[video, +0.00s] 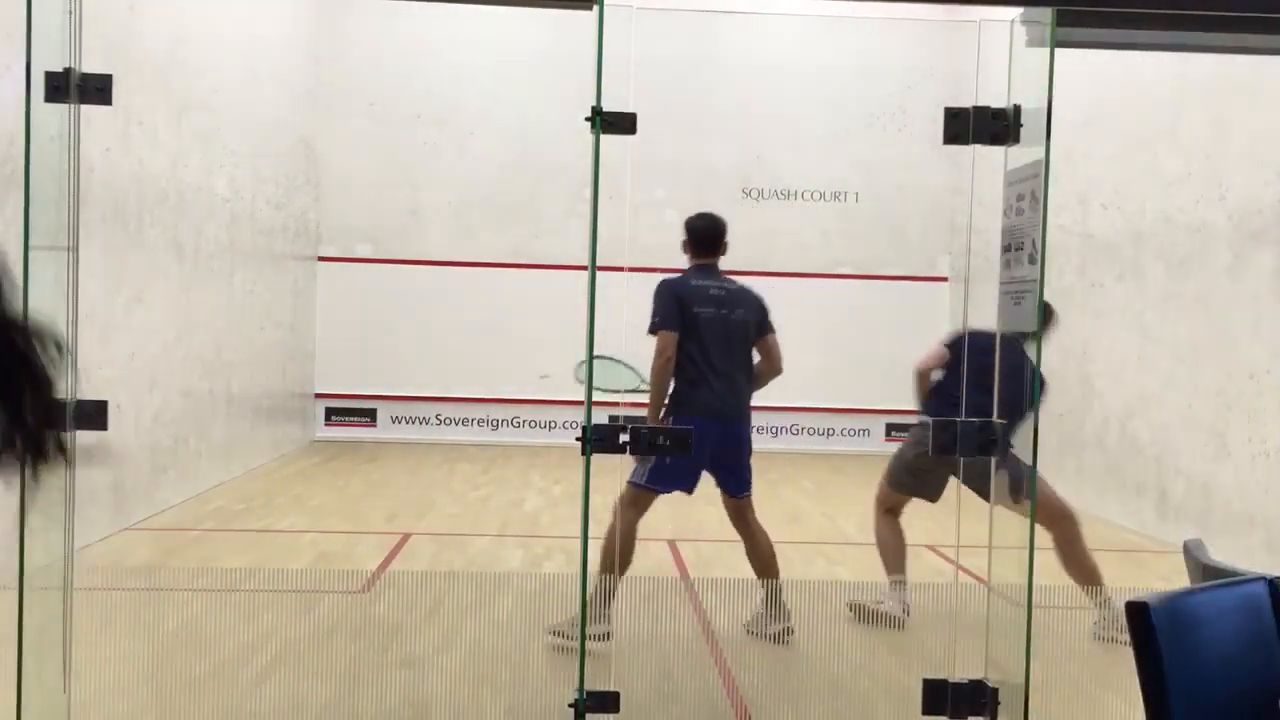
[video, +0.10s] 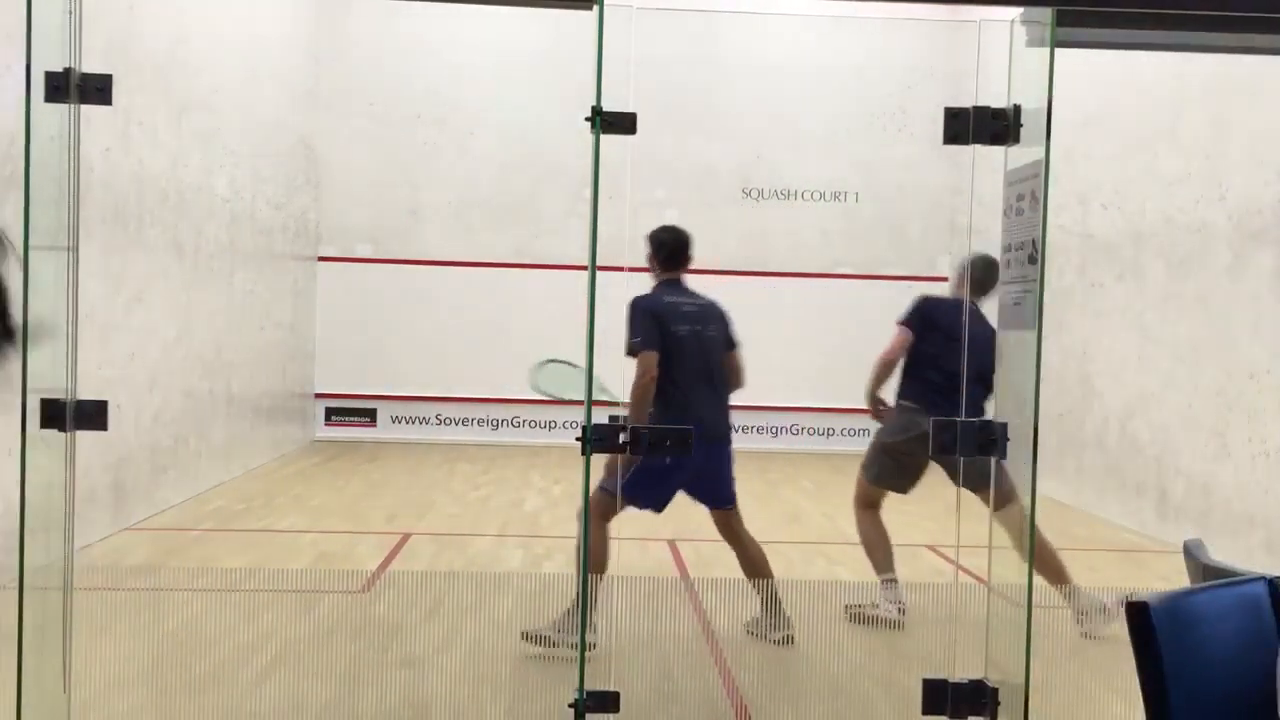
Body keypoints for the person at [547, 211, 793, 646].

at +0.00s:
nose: (686, 251)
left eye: (686, 245)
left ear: (685, 248)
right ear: (724, 249)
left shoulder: (673, 289)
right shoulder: (748, 298)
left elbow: (666, 354)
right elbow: (772, 364)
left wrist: (652, 419)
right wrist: (737, 391)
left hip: (686, 424)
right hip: (734, 427)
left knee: (628, 508)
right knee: (746, 517)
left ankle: (596, 616)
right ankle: (777, 613)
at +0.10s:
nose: (648, 263)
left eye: (648, 257)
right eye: (657, 256)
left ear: (651, 261)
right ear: (687, 261)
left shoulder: (647, 306)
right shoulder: (711, 309)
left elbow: (647, 374)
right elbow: (734, 378)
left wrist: (630, 443)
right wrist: (691, 394)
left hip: (663, 444)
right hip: (713, 444)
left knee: (595, 512)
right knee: (734, 528)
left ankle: (580, 621)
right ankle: (777, 618)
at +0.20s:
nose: (599, 262)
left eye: (601, 255)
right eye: (602, 254)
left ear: (606, 259)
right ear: (638, 259)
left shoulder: (615, 306)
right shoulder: (656, 306)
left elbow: (625, 377)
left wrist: (599, 440)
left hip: (633, 444)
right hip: (674, 445)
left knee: (565, 522)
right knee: (708, 528)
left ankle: (571, 632)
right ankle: (768, 616)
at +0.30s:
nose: (550, 263)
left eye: (553, 255)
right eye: (552, 255)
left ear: (566, 258)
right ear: (585, 256)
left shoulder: (592, 304)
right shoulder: (589, 300)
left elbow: (600, 378)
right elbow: (597, 375)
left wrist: (552, 437)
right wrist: (557, 400)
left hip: (608, 436)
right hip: (627, 433)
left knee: (545, 523)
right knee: (641, 531)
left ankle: (572, 631)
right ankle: (733, 598)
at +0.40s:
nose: (507, 265)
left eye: (510, 257)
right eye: (508, 256)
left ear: (525, 260)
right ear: (539, 258)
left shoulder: (561, 304)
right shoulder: (545, 302)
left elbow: (563, 376)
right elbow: (547, 368)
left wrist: (501, 423)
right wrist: (510, 391)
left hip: (588, 430)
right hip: (581, 427)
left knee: (535, 526)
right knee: (555, 527)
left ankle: (571, 632)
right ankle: (650, 574)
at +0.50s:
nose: (467, 269)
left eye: (470, 261)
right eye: (467, 261)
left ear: (488, 262)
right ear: (496, 260)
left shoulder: (528, 301)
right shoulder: (501, 305)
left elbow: (518, 373)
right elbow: (493, 370)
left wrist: (450, 405)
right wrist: (452, 371)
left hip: (564, 425)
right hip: (542, 424)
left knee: (529, 529)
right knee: (489, 499)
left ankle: (571, 628)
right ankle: (549, 588)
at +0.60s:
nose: (424, 273)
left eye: (427, 266)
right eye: (425, 265)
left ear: (442, 267)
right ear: (457, 263)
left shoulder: (493, 300)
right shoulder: (457, 308)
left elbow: (474, 370)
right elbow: (436, 366)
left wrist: (402, 395)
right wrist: (401, 336)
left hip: (536, 424)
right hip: (507, 424)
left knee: (521, 528)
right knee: (444, 489)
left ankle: (571, 627)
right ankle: (434, 596)